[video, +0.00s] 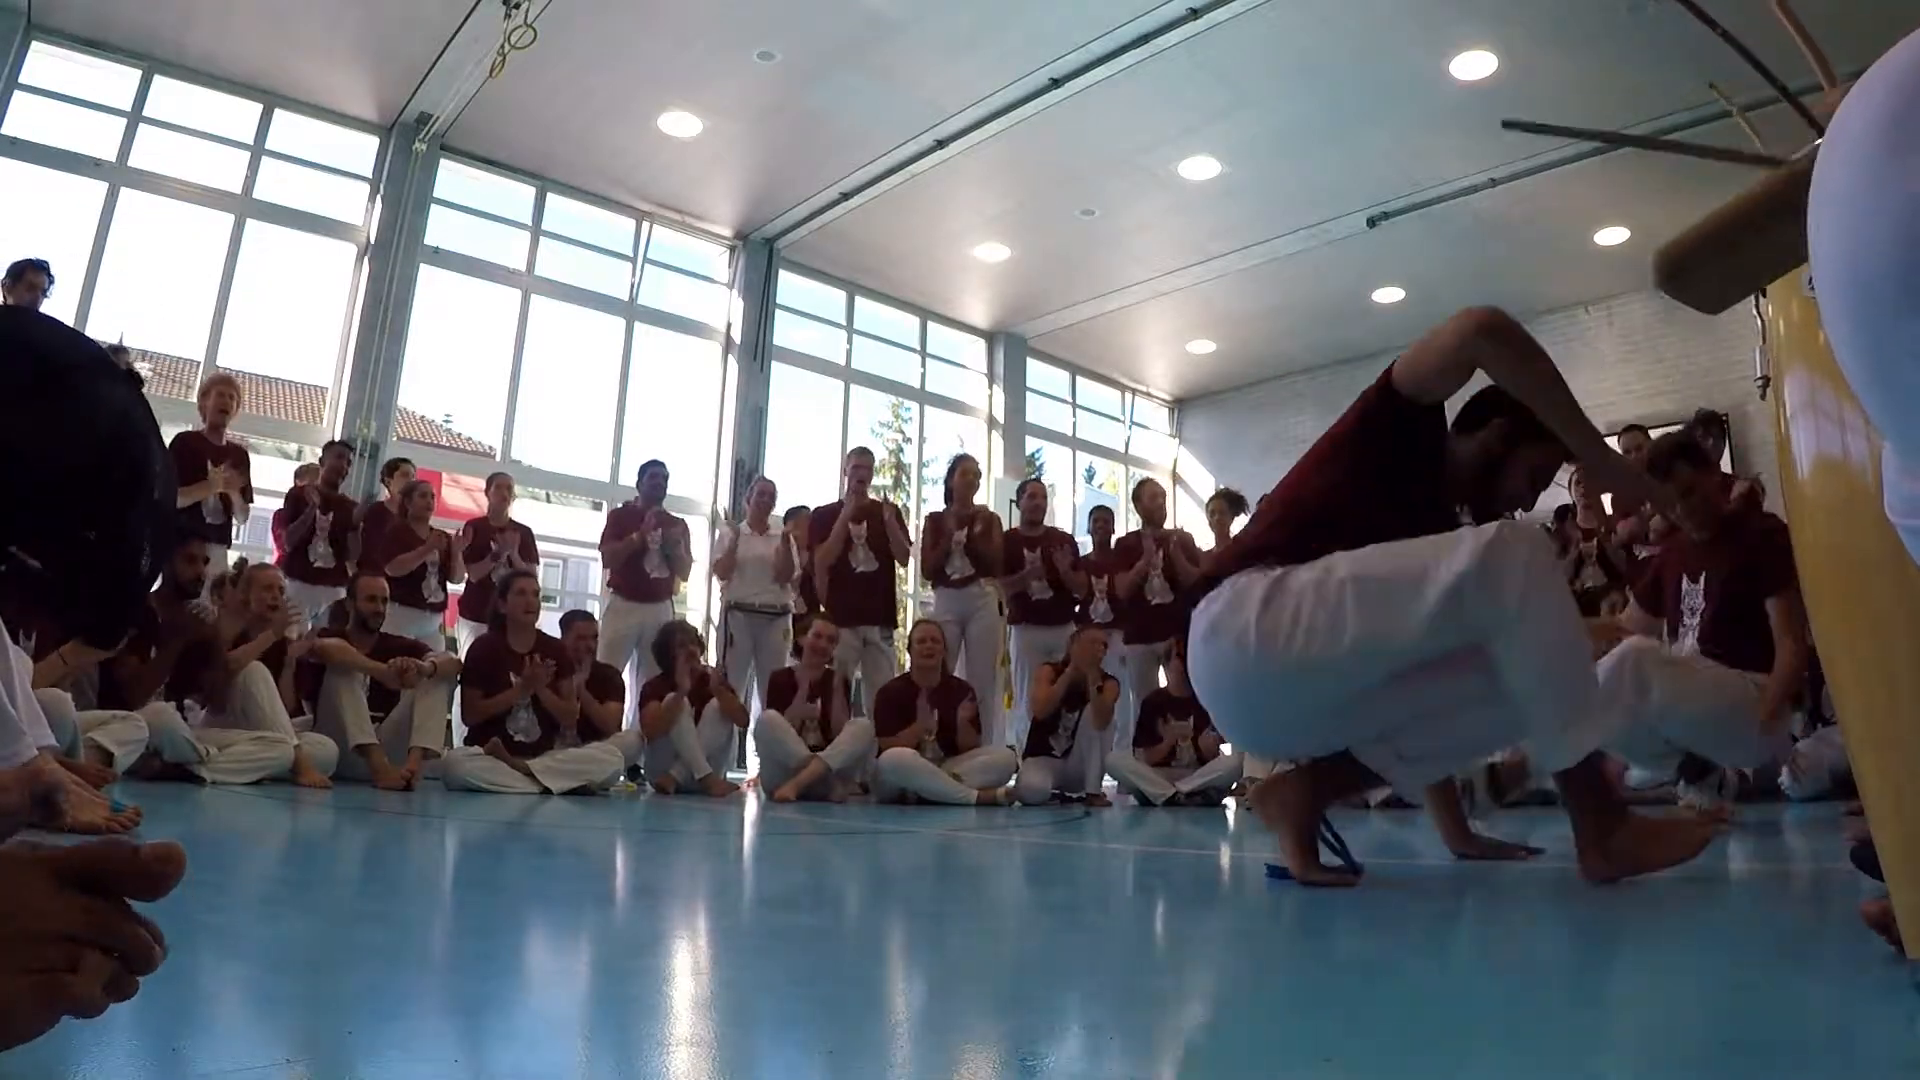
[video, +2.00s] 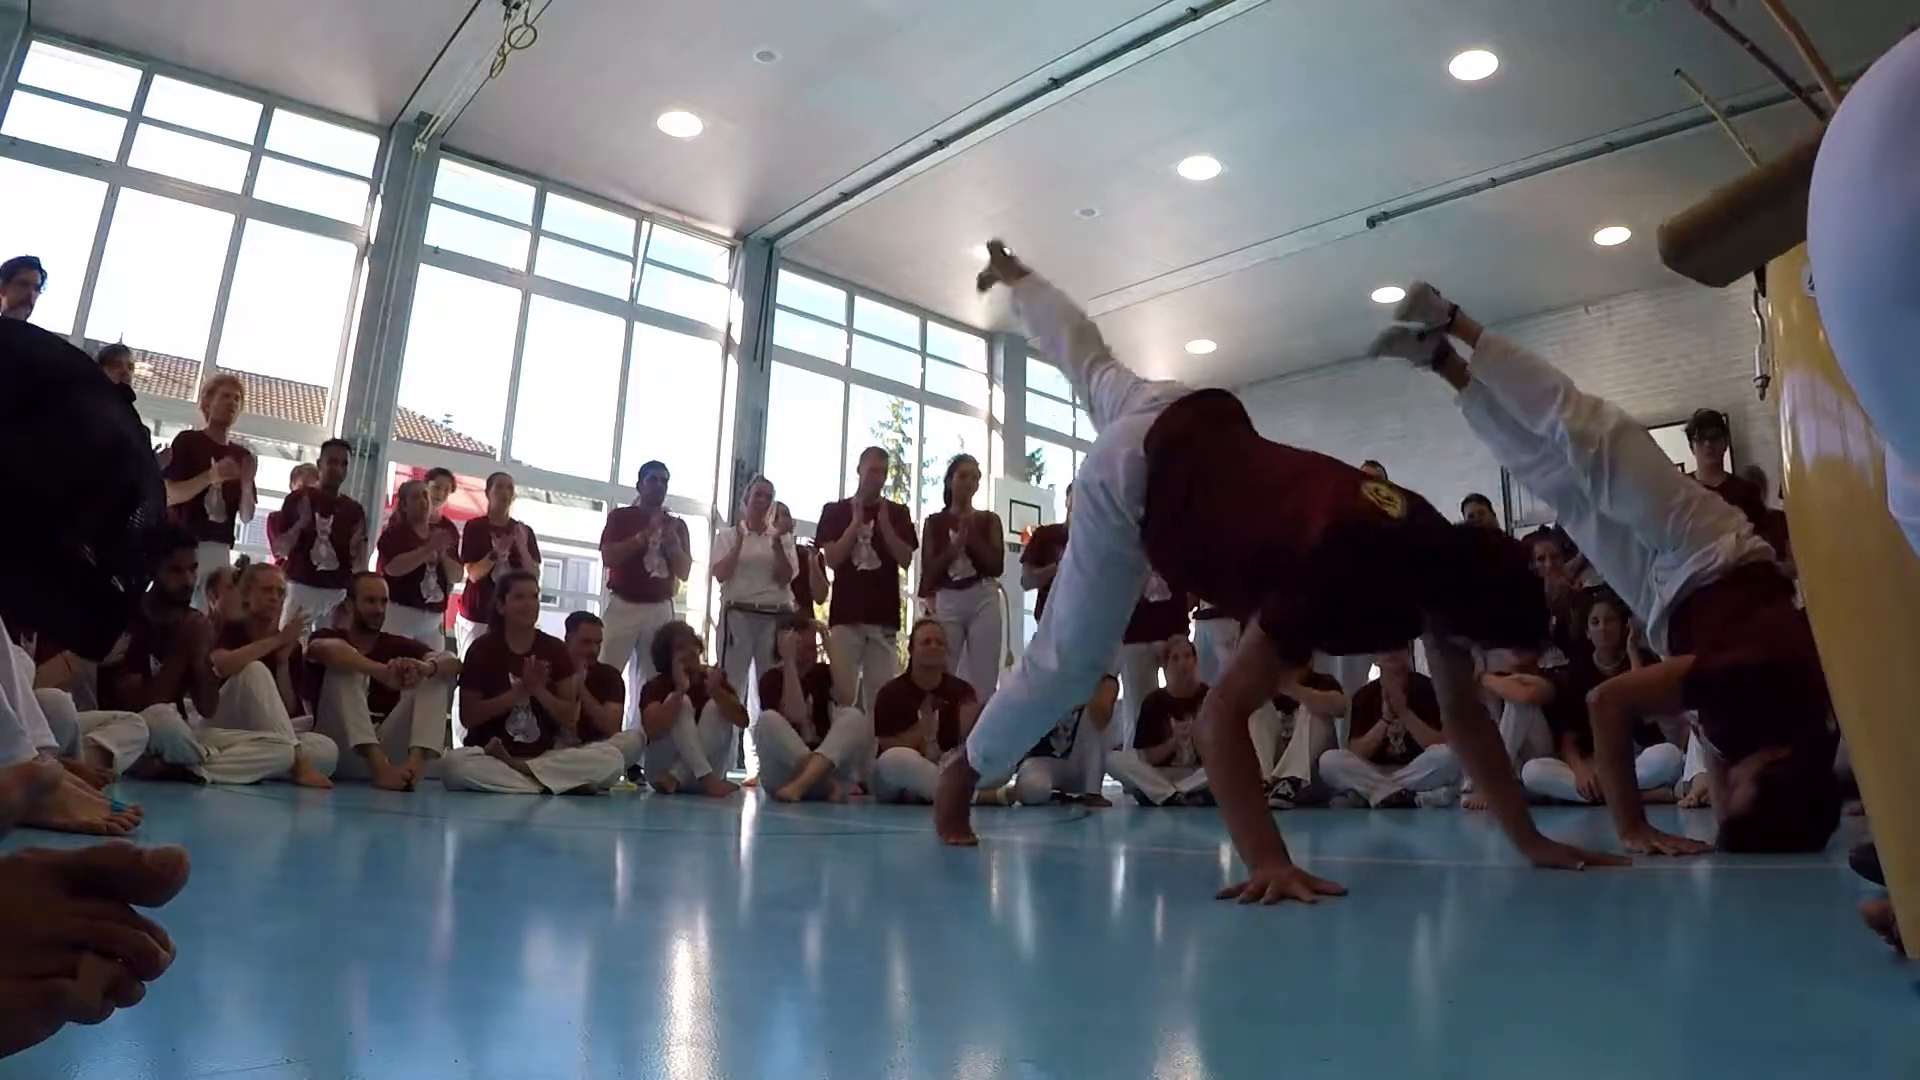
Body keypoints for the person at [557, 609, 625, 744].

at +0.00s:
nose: (590, 645)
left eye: (594, 638)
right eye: (581, 638)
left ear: (598, 639)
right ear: (564, 640)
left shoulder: (610, 675)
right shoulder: (547, 674)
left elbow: (610, 725)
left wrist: (582, 691)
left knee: (633, 739)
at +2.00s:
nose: (593, 650)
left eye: (598, 643)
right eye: (586, 642)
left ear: (602, 643)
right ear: (568, 640)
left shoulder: (610, 675)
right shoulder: (551, 674)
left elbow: (611, 728)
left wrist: (581, 689)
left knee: (635, 738)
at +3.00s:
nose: (593, 650)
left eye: (598, 643)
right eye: (586, 642)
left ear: (602, 643)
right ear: (568, 640)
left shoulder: (610, 675)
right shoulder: (550, 672)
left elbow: (610, 728)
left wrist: (577, 693)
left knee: (634, 738)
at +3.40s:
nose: (593, 650)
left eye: (597, 643)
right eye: (586, 642)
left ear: (601, 643)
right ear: (567, 640)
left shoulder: (609, 674)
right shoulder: (550, 672)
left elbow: (610, 729)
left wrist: (582, 692)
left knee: (634, 739)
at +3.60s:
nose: (594, 649)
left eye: (598, 643)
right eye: (586, 642)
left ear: (602, 643)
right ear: (568, 640)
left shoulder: (610, 675)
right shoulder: (550, 672)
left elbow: (610, 728)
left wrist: (574, 696)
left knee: (635, 739)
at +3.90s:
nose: (594, 648)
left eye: (599, 642)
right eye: (586, 641)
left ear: (602, 642)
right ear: (568, 640)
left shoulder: (610, 675)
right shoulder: (550, 671)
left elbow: (609, 729)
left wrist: (570, 697)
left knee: (634, 739)